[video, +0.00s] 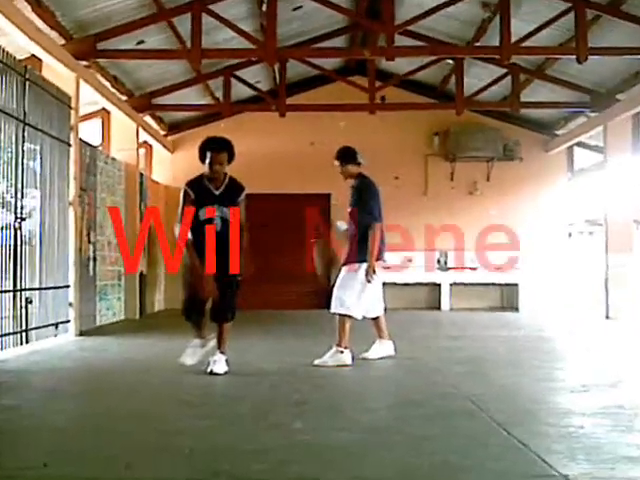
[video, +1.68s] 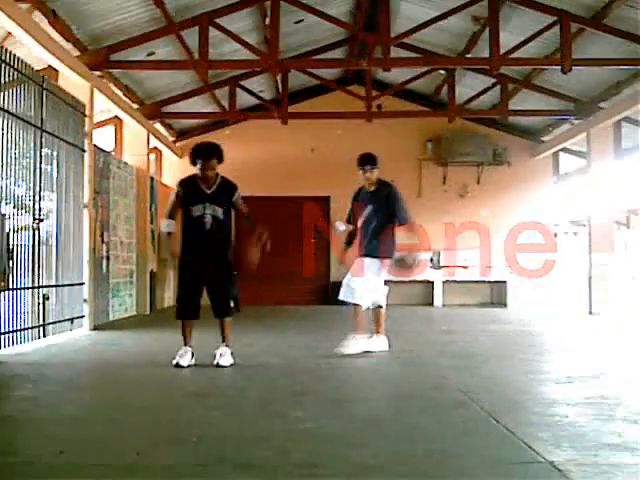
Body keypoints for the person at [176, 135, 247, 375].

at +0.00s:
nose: (219, 169)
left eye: (223, 163)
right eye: (215, 163)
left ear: (229, 163)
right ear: (206, 162)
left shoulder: (237, 190)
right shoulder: (193, 188)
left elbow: (243, 226)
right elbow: (183, 227)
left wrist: (243, 257)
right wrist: (193, 261)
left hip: (228, 257)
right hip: (199, 256)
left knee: (224, 306)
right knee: (194, 304)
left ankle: (221, 352)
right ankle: (201, 340)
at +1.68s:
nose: (207, 174)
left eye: (211, 169)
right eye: (203, 169)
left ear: (218, 166)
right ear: (196, 166)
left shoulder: (228, 188)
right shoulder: (186, 187)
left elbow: (244, 214)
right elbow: (170, 217)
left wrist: (257, 231)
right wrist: (168, 242)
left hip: (220, 256)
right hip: (191, 256)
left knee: (223, 303)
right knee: (187, 304)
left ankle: (225, 347)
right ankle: (187, 348)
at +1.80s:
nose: (191, 176)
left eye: (195, 171)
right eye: (187, 172)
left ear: (204, 168)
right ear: (182, 169)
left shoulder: (218, 186)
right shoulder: (175, 189)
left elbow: (237, 205)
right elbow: (155, 218)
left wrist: (254, 200)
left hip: (206, 252)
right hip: (180, 252)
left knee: (202, 300)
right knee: (178, 302)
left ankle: (214, 339)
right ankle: (185, 348)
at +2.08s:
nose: (182, 176)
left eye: (186, 171)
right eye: (178, 171)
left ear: (196, 167)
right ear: (174, 168)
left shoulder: (209, 188)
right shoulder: (164, 186)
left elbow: (220, 219)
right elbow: (149, 223)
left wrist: (229, 205)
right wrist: (148, 257)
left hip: (197, 254)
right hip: (170, 254)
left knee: (193, 303)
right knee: (174, 303)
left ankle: (190, 350)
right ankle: (183, 347)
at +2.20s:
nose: (181, 175)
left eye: (185, 171)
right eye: (177, 170)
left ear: (195, 167)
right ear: (173, 167)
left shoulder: (205, 190)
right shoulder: (161, 187)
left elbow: (208, 224)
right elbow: (152, 226)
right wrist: (155, 258)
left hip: (196, 253)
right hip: (169, 255)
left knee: (194, 302)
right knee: (174, 303)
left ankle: (189, 350)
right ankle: (183, 347)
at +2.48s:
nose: (169, 174)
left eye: (173, 170)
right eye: (166, 169)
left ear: (184, 167)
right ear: (160, 166)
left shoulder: (194, 190)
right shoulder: (151, 187)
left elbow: (204, 229)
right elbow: (138, 218)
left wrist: (178, 249)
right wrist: (124, 237)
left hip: (191, 252)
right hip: (162, 252)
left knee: (190, 305)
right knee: (157, 304)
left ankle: (188, 352)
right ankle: (160, 345)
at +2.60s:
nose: (160, 171)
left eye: (165, 166)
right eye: (157, 166)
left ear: (176, 164)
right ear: (152, 164)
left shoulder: (190, 187)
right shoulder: (146, 184)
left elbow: (210, 218)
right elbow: (131, 208)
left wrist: (185, 235)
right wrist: (124, 212)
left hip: (185, 254)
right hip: (156, 253)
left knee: (187, 306)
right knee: (143, 304)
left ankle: (187, 353)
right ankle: (136, 354)